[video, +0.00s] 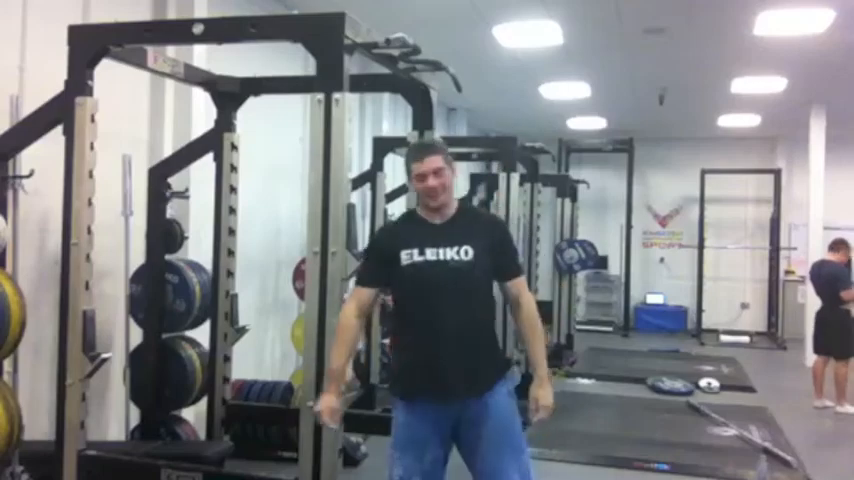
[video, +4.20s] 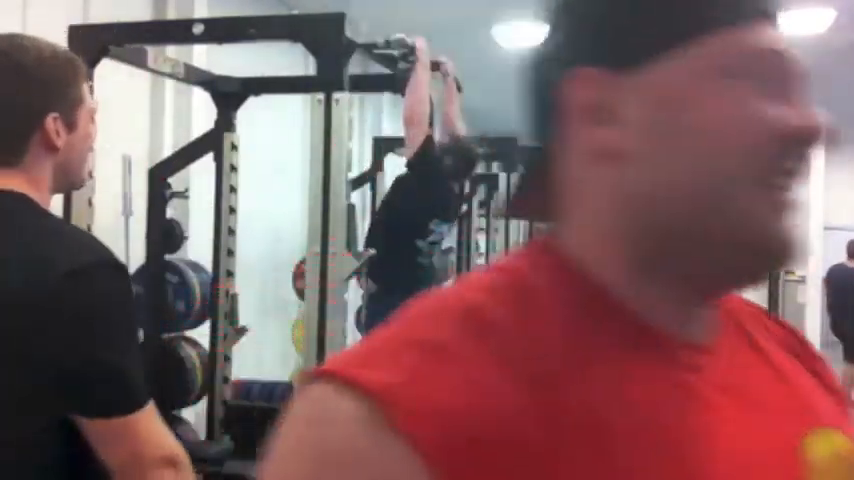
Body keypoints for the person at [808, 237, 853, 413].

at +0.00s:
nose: (847, 259)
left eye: (847, 256)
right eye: (846, 255)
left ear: (830, 250)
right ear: (841, 252)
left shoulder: (816, 267)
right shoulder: (840, 269)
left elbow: (822, 292)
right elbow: (846, 295)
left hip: (823, 311)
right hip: (840, 313)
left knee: (822, 357)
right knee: (842, 361)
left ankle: (818, 398)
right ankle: (841, 402)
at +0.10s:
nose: (846, 257)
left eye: (847, 253)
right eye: (846, 253)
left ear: (830, 249)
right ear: (838, 250)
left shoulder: (815, 266)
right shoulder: (839, 269)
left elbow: (823, 292)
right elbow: (845, 295)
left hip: (823, 311)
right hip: (840, 313)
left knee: (821, 357)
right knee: (842, 361)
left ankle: (818, 398)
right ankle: (841, 402)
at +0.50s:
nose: (846, 255)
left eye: (846, 251)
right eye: (845, 251)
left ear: (829, 249)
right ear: (838, 249)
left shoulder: (816, 266)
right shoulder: (838, 268)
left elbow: (821, 291)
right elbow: (842, 294)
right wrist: (853, 294)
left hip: (822, 311)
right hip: (839, 314)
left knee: (821, 357)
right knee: (841, 361)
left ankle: (818, 398)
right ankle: (841, 401)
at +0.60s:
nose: (848, 255)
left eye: (847, 251)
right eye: (846, 251)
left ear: (829, 248)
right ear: (839, 249)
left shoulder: (816, 267)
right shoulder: (837, 269)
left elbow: (820, 293)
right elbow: (842, 295)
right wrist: (853, 296)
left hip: (822, 312)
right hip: (839, 314)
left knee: (821, 357)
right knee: (841, 361)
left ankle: (818, 398)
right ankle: (841, 402)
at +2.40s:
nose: (853, 255)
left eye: (852, 251)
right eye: (853, 251)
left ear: (844, 251)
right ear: (849, 251)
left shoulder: (833, 270)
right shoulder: (847, 272)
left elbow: (830, 302)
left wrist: (840, 314)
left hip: (837, 320)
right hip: (848, 322)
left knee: (842, 359)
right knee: (848, 362)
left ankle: (825, 394)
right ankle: (845, 403)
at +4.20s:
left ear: (847, 252)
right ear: (851, 253)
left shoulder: (834, 271)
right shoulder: (838, 272)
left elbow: (830, 302)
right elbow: (831, 302)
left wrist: (834, 322)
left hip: (839, 325)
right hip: (848, 327)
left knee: (848, 362)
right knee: (849, 363)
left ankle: (845, 396)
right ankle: (846, 397)